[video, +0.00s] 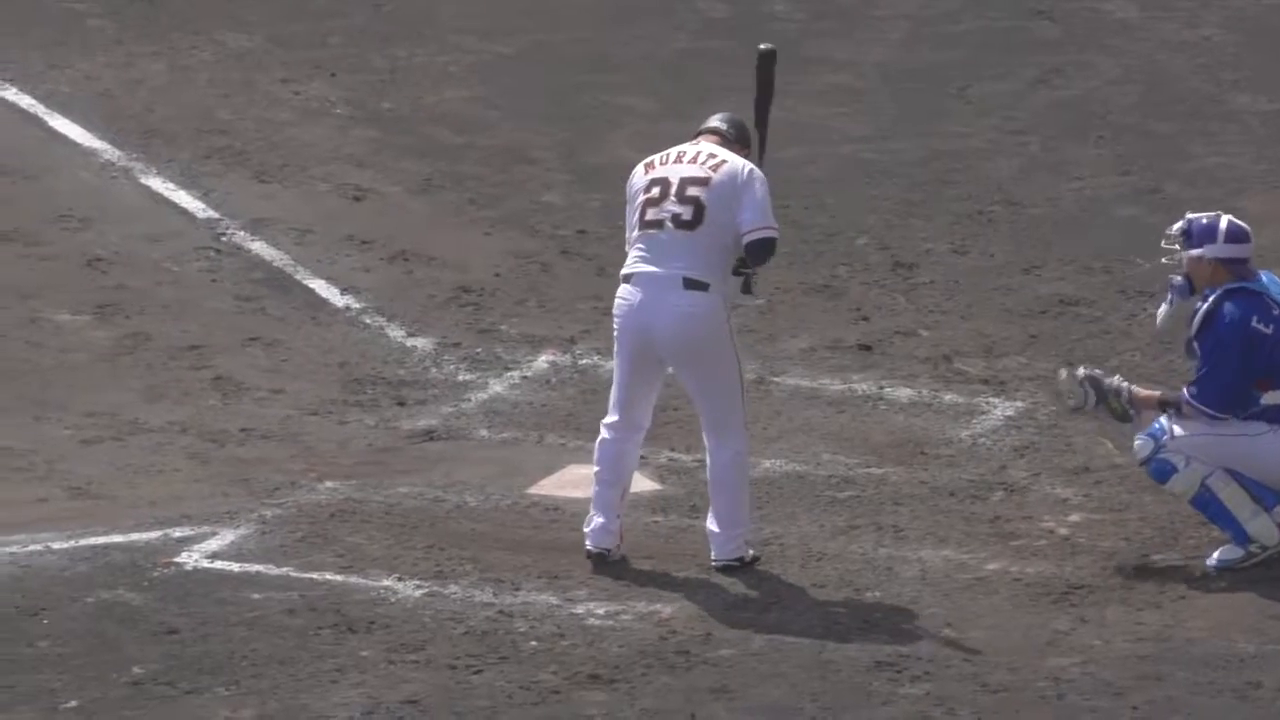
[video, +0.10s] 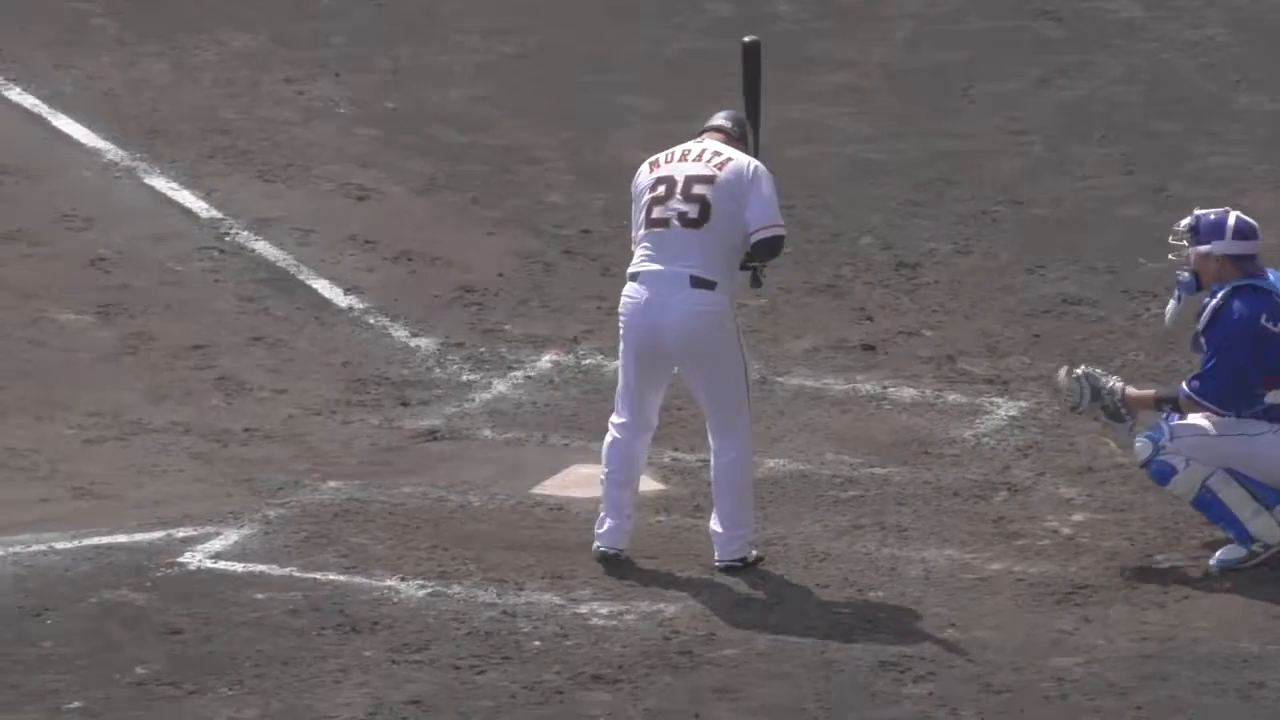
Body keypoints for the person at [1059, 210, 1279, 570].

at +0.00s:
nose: (1183, 264)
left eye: (1189, 256)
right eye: (1185, 255)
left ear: (1210, 264)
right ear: (1233, 261)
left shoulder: (1229, 316)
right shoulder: (1265, 285)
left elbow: (1210, 404)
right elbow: (1168, 329)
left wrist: (1136, 397)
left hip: (1270, 438)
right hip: (1271, 424)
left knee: (1158, 444)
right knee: (1185, 422)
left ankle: (1260, 535)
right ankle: (1270, 509)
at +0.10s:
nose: (1188, 259)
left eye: (1195, 251)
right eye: (1190, 250)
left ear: (1219, 261)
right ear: (1227, 260)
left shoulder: (1240, 312)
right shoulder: (1265, 284)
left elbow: (1209, 397)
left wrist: (1129, 397)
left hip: (1273, 439)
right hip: (1271, 426)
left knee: (1161, 446)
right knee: (1182, 425)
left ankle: (1262, 533)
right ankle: (1269, 508)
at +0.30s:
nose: (1207, 255)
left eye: (1215, 247)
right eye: (1211, 246)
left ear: (1238, 257)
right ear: (1246, 256)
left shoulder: (1254, 307)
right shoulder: (1264, 293)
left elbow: (1199, 390)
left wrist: (1128, 436)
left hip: (1273, 436)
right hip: (1271, 424)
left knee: (1166, 450)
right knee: (1192, 428)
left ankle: (1267, 533)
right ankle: (1270, 512)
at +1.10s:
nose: (1220, 253)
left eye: (1228, 244)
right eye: (1222, 244)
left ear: (1252, 255)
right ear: (1252, 255)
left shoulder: (1262, 314)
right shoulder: (1259, 300)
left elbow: (1195, 396)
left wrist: (1124, 449)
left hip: (1272, 439)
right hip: (1266, 427)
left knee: (1170, 453)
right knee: (1201, 426)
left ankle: (1270, 534)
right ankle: (1269, 511)